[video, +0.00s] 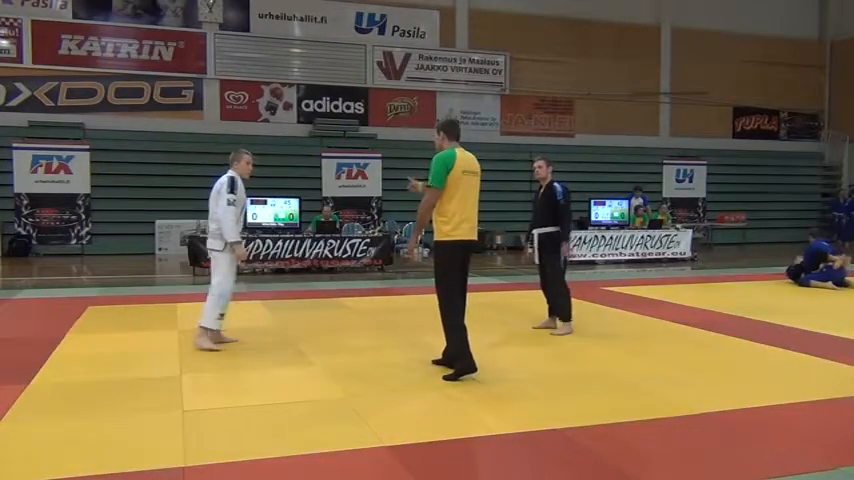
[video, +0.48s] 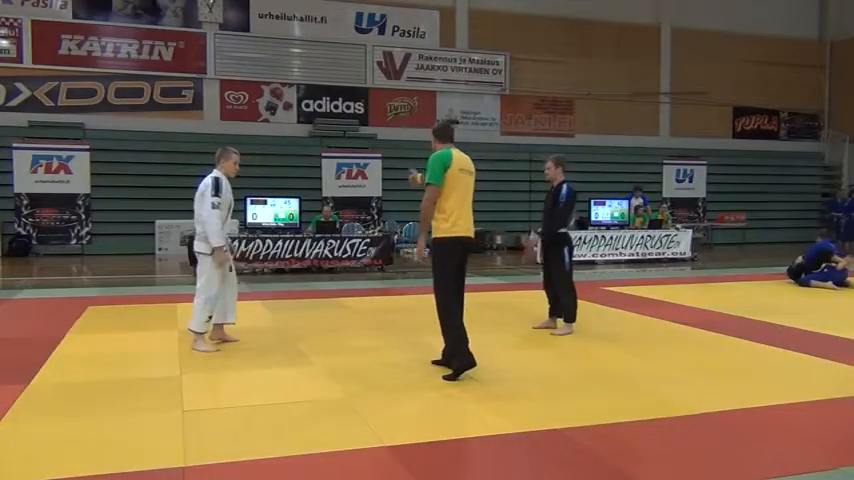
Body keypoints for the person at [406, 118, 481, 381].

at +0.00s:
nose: (435, 142)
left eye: (436, 138)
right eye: (436, 138)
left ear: (442, 137)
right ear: (457, 137)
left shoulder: (443, 159)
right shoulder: (472, 160)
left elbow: (429, 201)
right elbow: (454, 192)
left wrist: (414, 237)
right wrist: (424, 188)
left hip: (448, 239)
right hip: (466, 238)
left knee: (448, 300)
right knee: (456, 298)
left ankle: (464, 361)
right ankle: (452, 351)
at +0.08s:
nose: (434, 143)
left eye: (435, 138)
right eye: (435, 139)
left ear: (442, 137)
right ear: (456, 138)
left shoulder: (444, 157)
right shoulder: (471, 160)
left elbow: (431, 199)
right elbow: (450, 190)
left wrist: (415, 234)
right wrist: (416, 187)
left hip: (448, 239)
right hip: (465, 237)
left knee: (448, 300)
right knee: (454, 298)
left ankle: (464, 360)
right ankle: (451, 352)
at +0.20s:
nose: (433, 143)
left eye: (434, 139)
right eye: (434, 139)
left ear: (439, 137)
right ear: (455, 137)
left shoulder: (444, 158)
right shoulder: (469, 160)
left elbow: (432, 199)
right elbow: (446, 191)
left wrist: (415, 234)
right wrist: (412, 187)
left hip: (448, 238)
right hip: (464, 237)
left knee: (448, 300)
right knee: (452, 298)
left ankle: (464, 358)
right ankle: (451, 352)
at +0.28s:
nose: (432, 143)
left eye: (433, 139)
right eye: (433, 139)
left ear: (438, 138)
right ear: (454, 138)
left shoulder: (443, 158)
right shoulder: (468, 160)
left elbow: (432, 198)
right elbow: (446, 189)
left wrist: (417, 233)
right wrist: (413, 185)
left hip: (448, 238)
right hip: (463, 237)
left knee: (447, 299)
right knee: (452, 298)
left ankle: (464, 358)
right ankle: (451, 352)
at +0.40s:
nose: (432, 145)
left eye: (432, 140)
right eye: (433, 141)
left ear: (437, 139)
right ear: (452, 138)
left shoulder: (441, 157)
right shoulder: (467, 160)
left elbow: (431, 199)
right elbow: (449, 187)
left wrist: (420, 234)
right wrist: (419, 183)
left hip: (447, 237)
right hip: (462, 236)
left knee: (446, 298)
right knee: (452, 297)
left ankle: (462, 356)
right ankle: (451, 351)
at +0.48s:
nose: (432, 145)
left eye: (431, 140)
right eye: (433, 141)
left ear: (434, 140)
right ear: (452, 138)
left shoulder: (439, 158)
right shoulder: (466, 160)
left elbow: (429, 199)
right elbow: (451, 190)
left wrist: (422, 235)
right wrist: (422, 181)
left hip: (446, 236)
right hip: (463, 236)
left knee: (446, 299)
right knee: (453, 297)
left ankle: (462, 356)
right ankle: (451, 351)